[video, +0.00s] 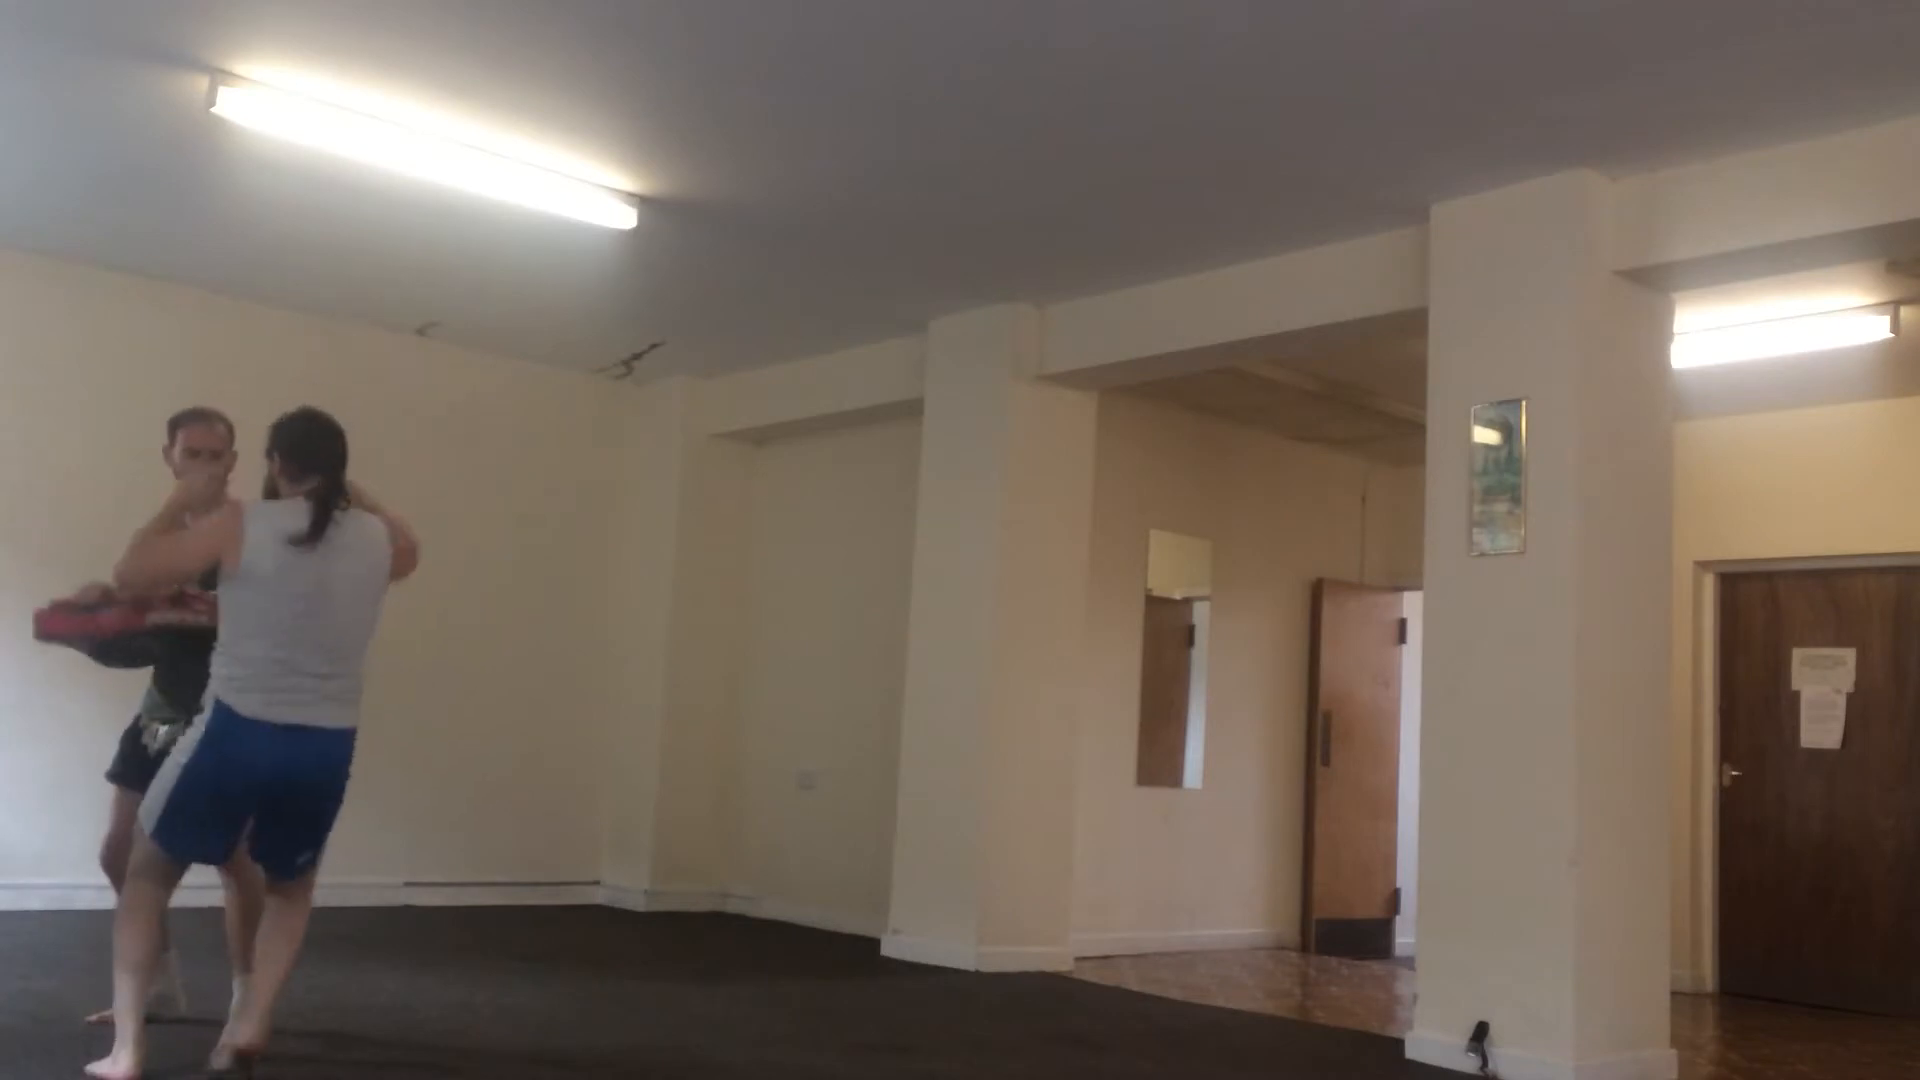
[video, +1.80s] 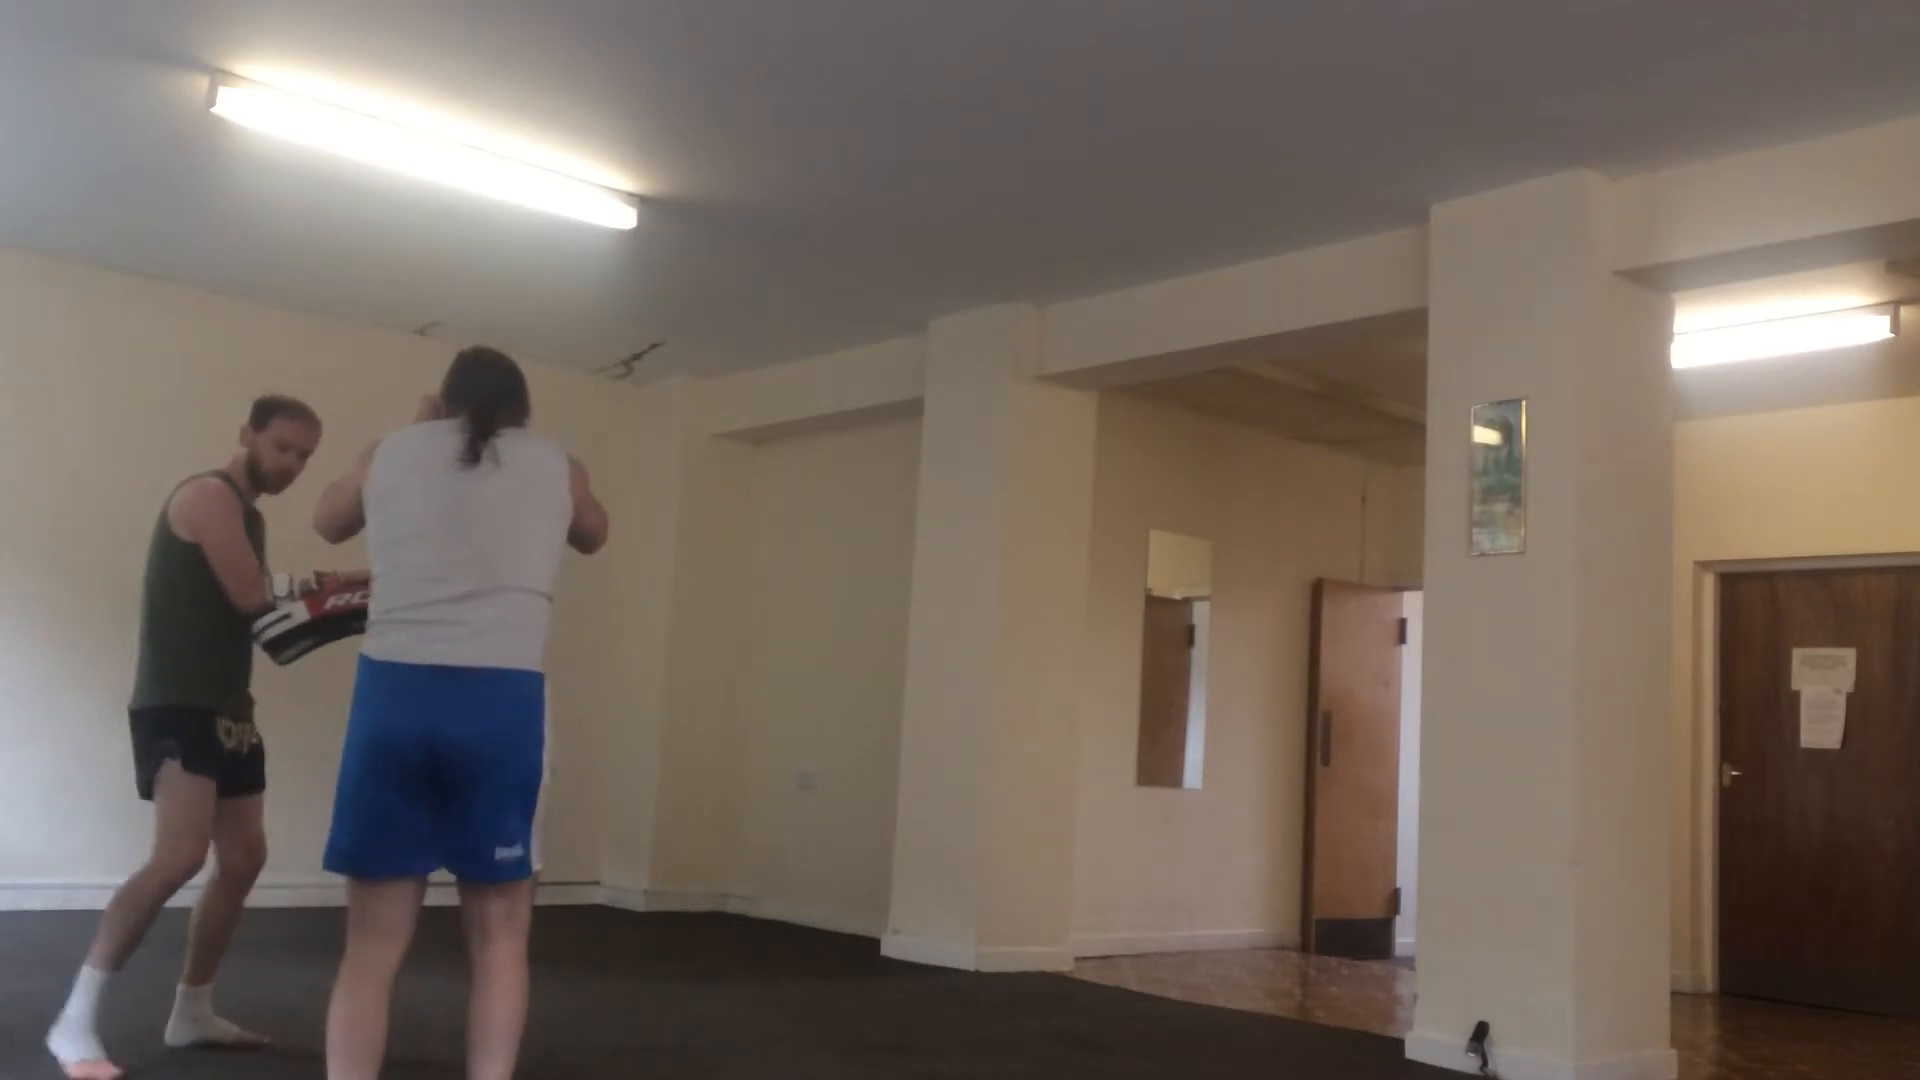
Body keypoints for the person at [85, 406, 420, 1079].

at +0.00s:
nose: (261, 467)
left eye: (264, 458)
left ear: (277, 465)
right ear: (341, 469)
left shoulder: (239, 526)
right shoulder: (376, 540)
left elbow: (133, 570)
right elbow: (406, 549)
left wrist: (180, 500)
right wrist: (351, 494)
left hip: (235, 742)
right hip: (325, 753)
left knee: (146, 878)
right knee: (290, 889)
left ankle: (127, 1048)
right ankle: (250, 1027)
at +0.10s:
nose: (275, 477)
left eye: (277, 466)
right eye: (279, 467)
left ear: (290, 472)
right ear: (349, 469)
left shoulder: (267, 526)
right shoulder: (392, 549)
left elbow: (173, 574)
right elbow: (340, 618)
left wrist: (221, 499)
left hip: (260, 741)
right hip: (346, 752)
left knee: (169, 876)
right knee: (312, 884)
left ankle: (129, 1048)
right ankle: (339, 1028)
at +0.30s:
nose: (318, 488)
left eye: (321, 479)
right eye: (321, 479)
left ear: (336, 482)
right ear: (394, 485)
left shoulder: (327, 521)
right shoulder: (432, 545)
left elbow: (247, 584)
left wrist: (285, 506)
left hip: (338, 742)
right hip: (417, 753)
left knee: (213, 873)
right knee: (355, 898)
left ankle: (192, 1056)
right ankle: (404, 1057)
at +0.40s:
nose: (338, 491)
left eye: (341, 483)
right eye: (339, 482)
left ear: (355, 481)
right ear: (416, 482)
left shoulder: (349, 519)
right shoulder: (459, 549)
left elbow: (269, 581)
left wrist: (307, 506)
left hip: (358, 743)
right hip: (438, 755)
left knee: (238, 895)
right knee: (370, 900)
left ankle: (277, 1055)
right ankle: (406, 1059)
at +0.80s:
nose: (359, 443)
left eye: (365, 435)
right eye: (366, 435)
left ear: (382, 438)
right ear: (446, 442)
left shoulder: (355, 482)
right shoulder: (496, 504)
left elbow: (292, 556)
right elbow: (468, 579)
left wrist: (342, 476)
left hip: (390, 726)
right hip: (486, 731)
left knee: (349, 921)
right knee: (446, 902)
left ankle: (382, 1071)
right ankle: (457, 1068)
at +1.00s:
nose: (389, 414)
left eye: (395, 408)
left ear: (406, 416)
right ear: (474, 424)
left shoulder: (369, 466)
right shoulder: (524, 485)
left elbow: (311, 538)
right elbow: (520, 570)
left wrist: (368, 452)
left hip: (402, 715)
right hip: (501, 720)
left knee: (370, 915)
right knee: (476, 922)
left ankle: (387, 1071)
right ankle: (482, 1073)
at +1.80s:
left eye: (447, 385)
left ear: (443, 397)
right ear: (521, 406)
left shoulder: (391, 452)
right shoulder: (554, 464)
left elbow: (329, 520)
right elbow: (593, 535)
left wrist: (408, 439)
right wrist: (545, 478)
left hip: (392, 706)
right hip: (500, 711)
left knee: (373, 939)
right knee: (499, 933)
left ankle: (347, 1074)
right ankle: (490, 1073)